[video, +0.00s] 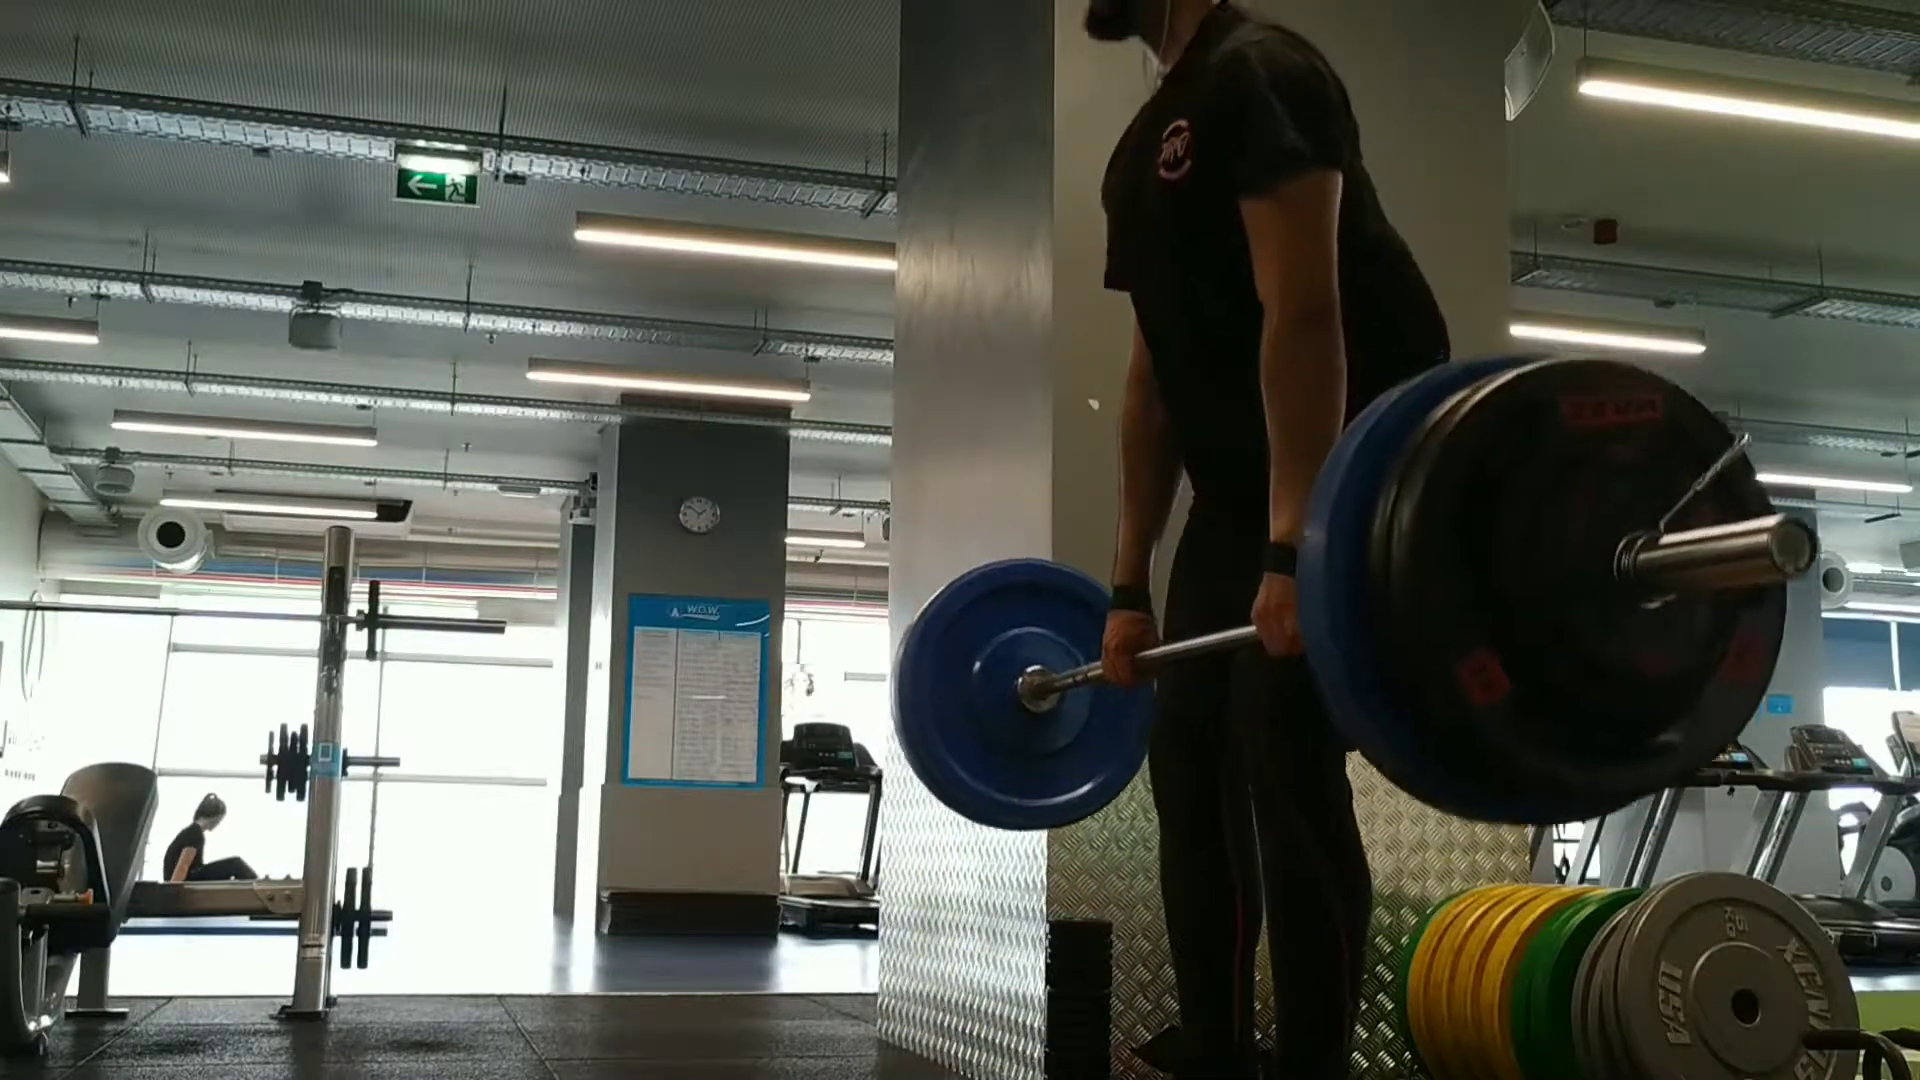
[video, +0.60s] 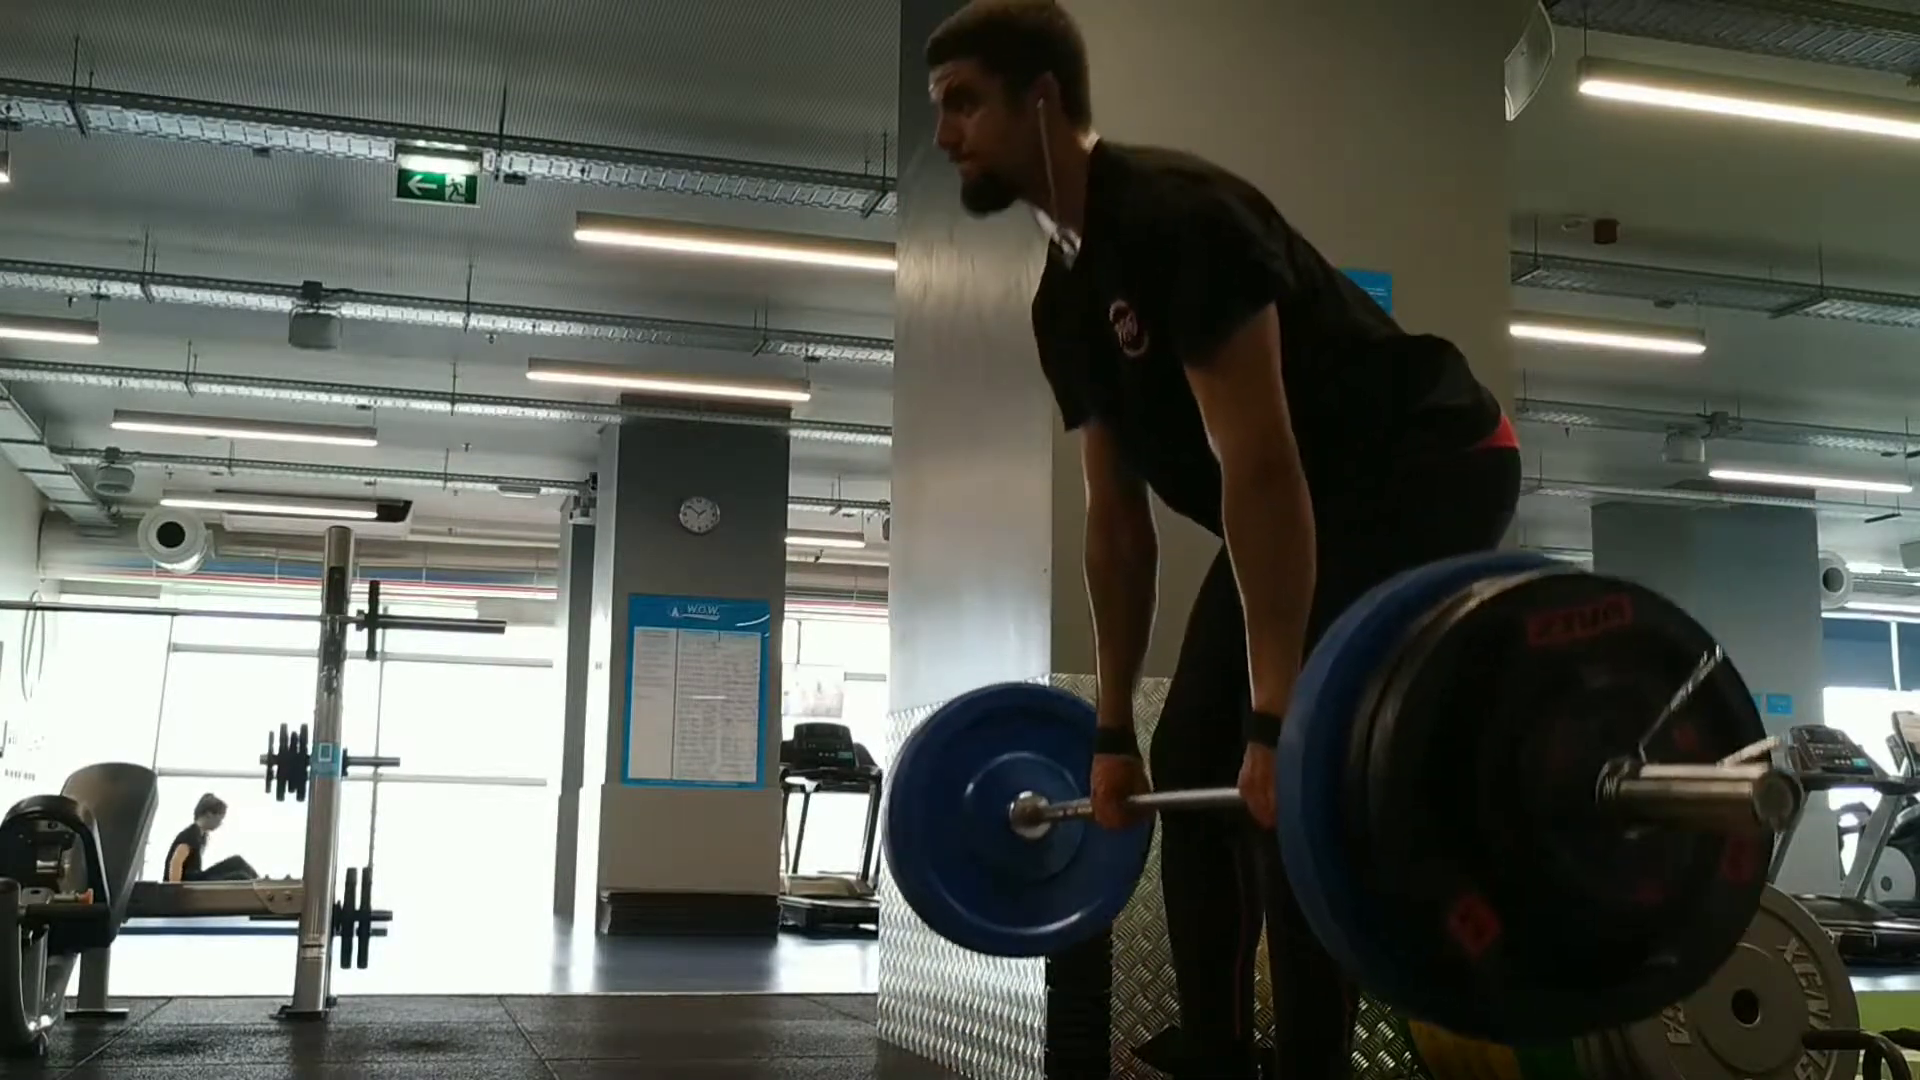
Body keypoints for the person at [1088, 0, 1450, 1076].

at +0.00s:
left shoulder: (1257, 69)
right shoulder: (1150, 137)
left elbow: (1306, 318)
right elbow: (1152, 373)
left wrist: (1291, 549)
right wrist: (1129, 583)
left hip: (1338, 495)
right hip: (1235, 498)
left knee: (1287, 768)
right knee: (1186, 759)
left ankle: (1312, 1059)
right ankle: (1211, 1044)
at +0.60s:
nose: (945, 134)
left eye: (963, 105)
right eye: (938, 111)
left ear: (1044, 100)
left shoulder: (1177, 217)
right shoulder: (1061, 300)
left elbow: (1267, 476)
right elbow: (1117, 518)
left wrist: (1273, 722)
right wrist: (1114, 728)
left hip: (1420, 479)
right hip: (1284, 503)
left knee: (1303, 764)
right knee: (1192, 754)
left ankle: (1311, 1052)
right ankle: (1212, 1038)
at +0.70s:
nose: (926, 176)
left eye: (943, 143)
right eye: (919, 150)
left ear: (1026, 137)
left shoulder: (1166, 247)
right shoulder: (1052, 330)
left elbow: (1264, 506)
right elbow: (1113, 550)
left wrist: (1275, 758)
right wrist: (1114, 760)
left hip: (1425, 481)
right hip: (1288, 510)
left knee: (1307, 764)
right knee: (1187, 753)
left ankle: (1312, 1053)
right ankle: (1208, 1039)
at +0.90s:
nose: (905, 253)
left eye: (923, 221)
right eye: (900, 228)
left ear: (1006, 212)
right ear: (995, 223)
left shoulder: (1153, 308)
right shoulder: (1046, 391)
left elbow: (1259, 571)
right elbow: (1110, 605)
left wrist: (1276, 822)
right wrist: (1114, 816)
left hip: (1442, 480)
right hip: (1309, 517)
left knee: (1304, 778)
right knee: (1180, 759)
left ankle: (1312, 1043)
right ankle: (1209, 1039)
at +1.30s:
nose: (900, 335)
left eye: (916, 302)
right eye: (896, 308)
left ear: (996, 288)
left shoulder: (1154, 375)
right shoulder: (1053, 459)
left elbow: (1264, 644)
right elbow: (1111, 661)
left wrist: (1282, 902)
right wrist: (1117, 880)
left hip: (1464, 490)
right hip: (1327, 532)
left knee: (1293, 761)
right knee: (1177, 762)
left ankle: (1344, 1028)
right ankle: (1208, 1040)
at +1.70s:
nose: (929, 197)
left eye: (947, 165)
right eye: (923, 172)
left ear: (1031, 159)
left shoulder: (1175, 264)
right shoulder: (1060, 351)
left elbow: (1267, 527)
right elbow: (1114, 566)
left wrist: (1280, 777)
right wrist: (1117, 771)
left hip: (1442, 470)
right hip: (1307, 502)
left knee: (1323, 761)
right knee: (1207, 758)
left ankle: (1315, 1052)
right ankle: (1216, 1042)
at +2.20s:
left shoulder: (1284, 51)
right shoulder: (1154, 118)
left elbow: (1293, 283)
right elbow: (1139, 350)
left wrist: (1273, 506)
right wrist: (1113, 553)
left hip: (1272, 500)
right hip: (1181, 504)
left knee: (1284, 789)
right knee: (1197, 787)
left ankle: (1311, 1056)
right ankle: (1211, 1044)